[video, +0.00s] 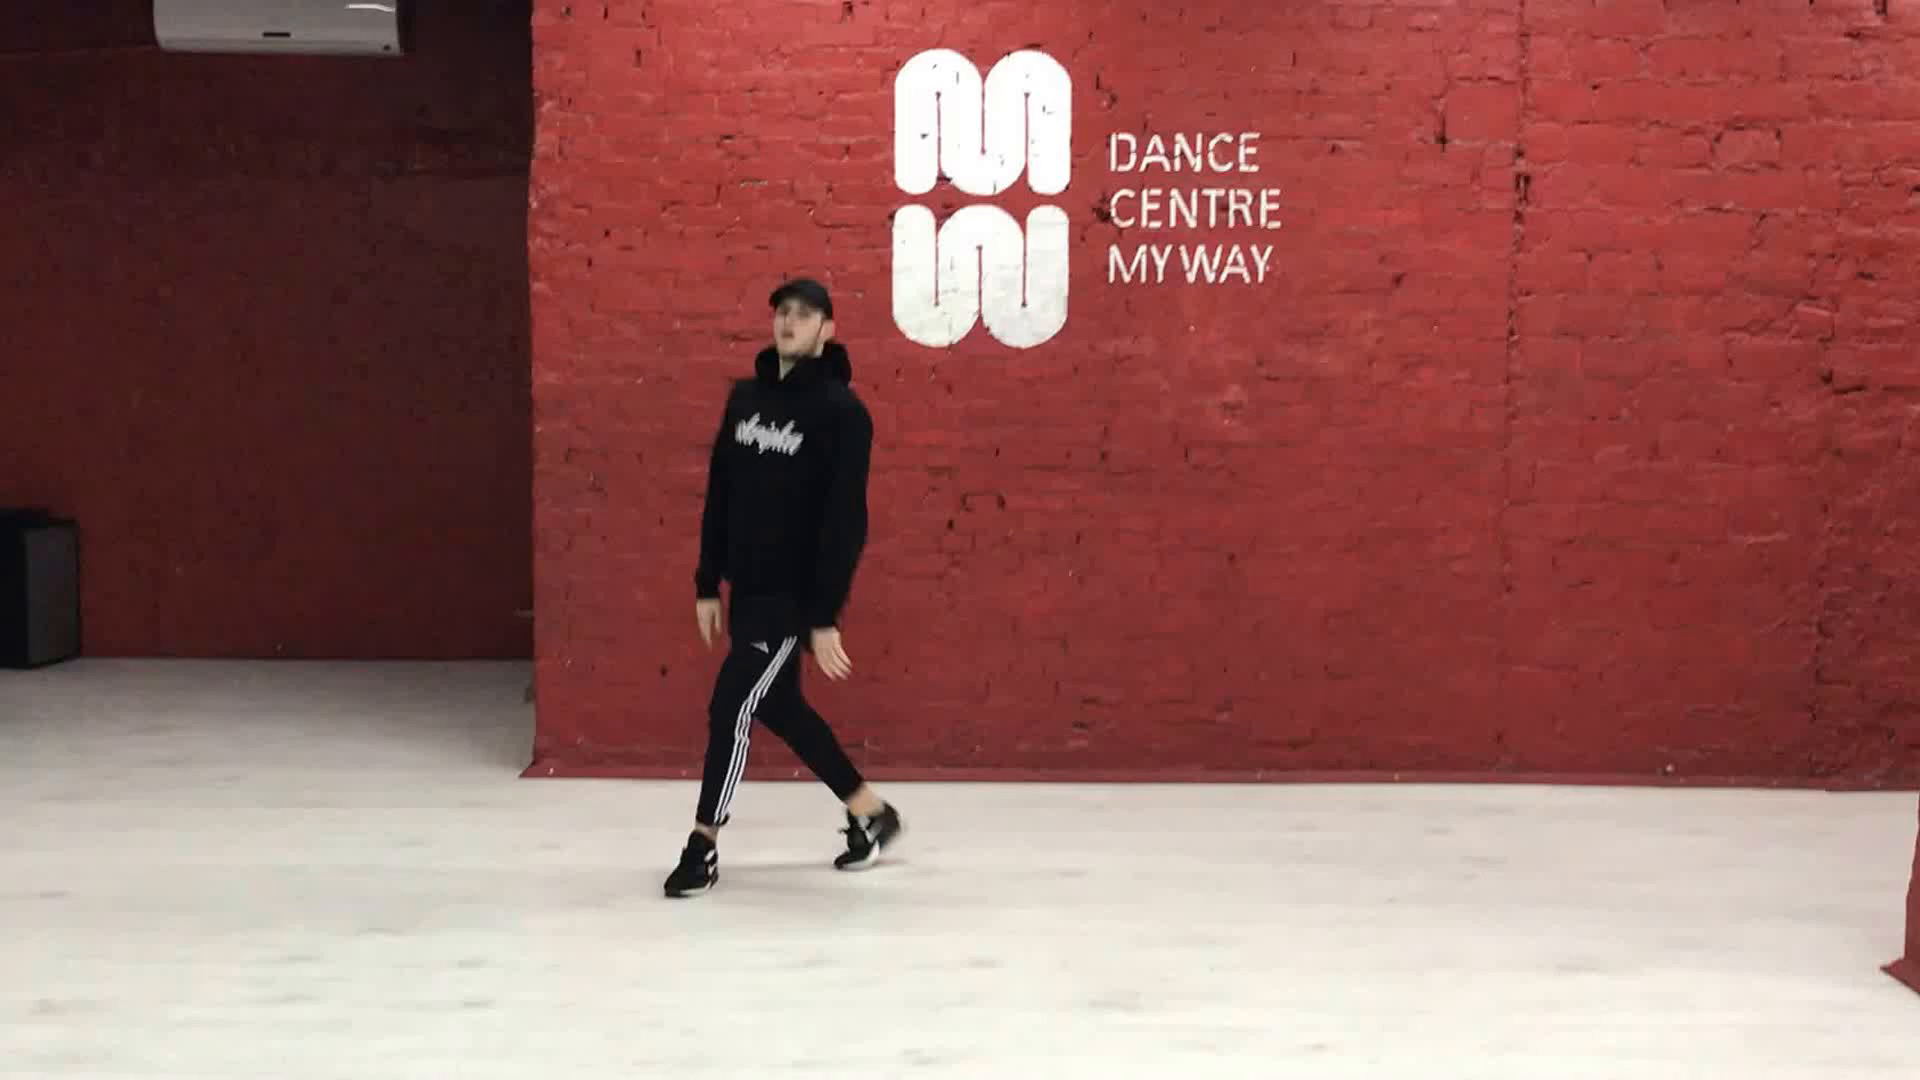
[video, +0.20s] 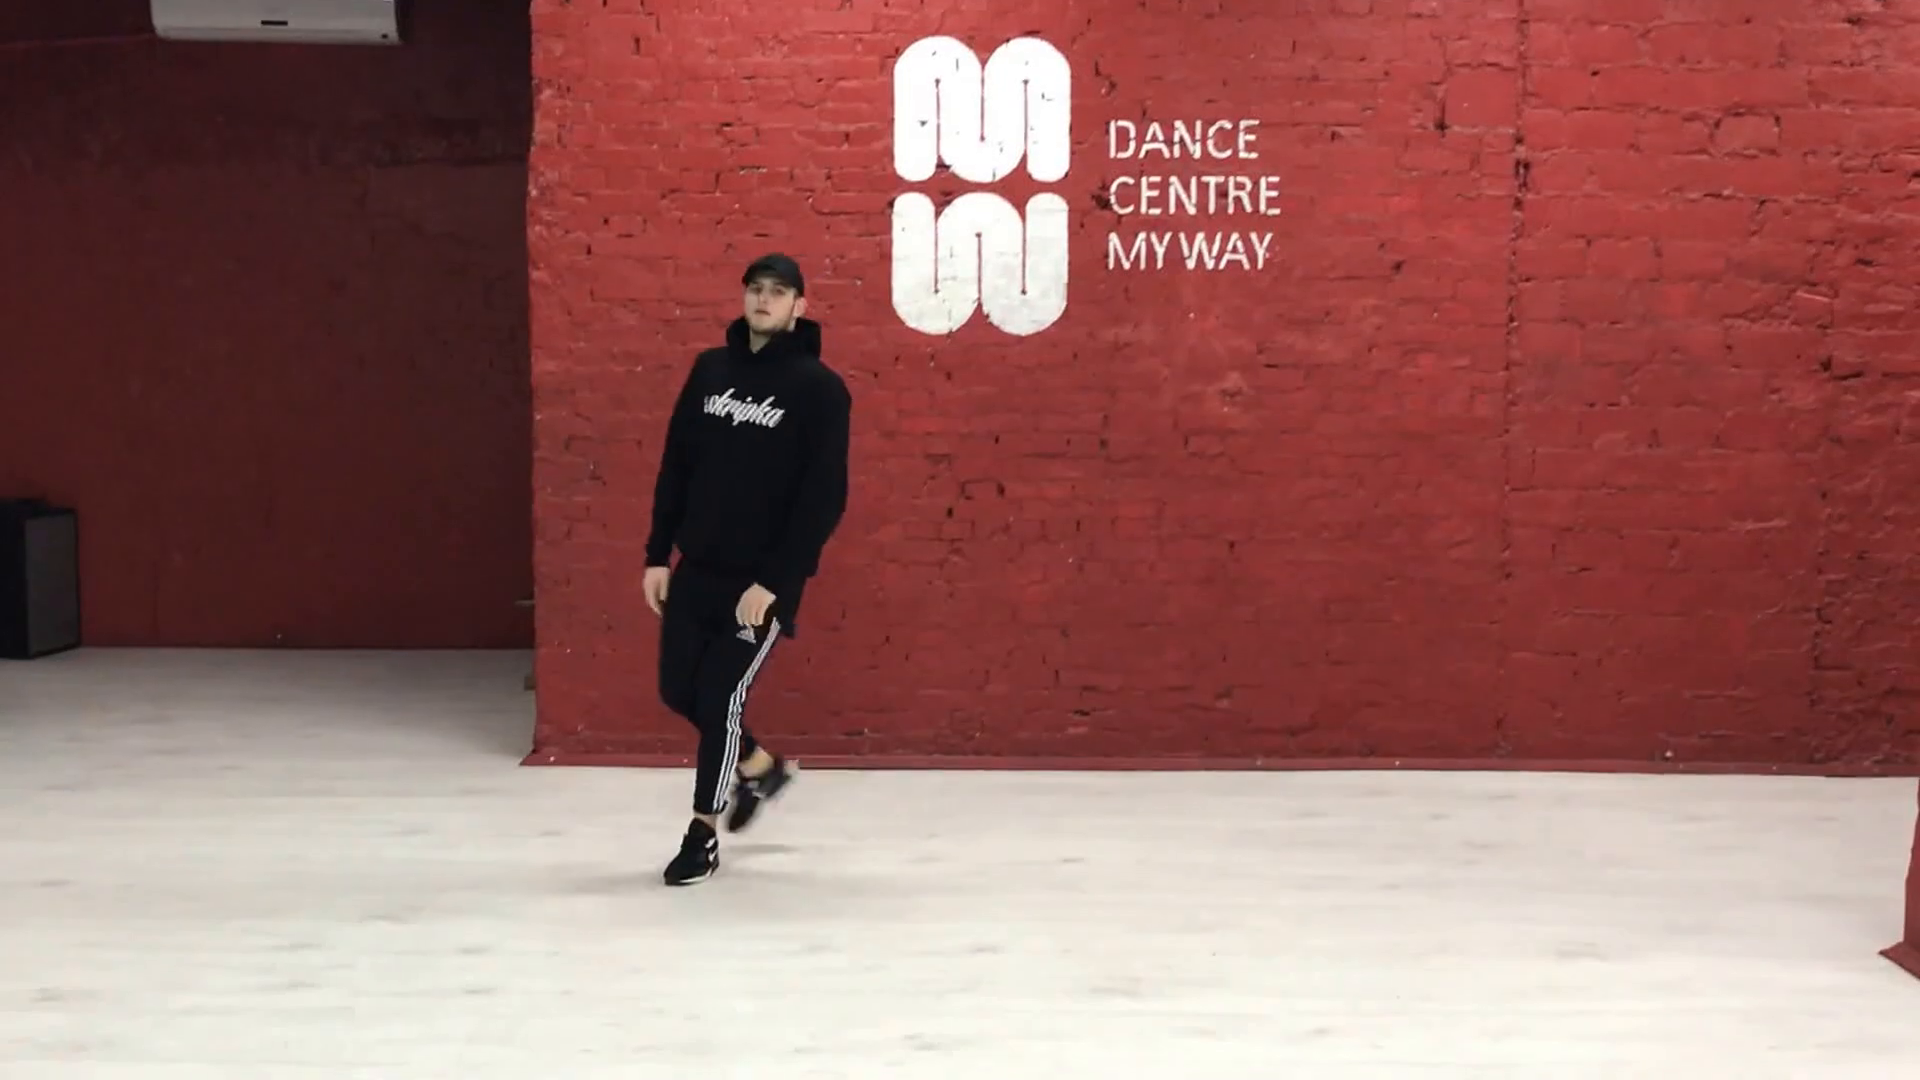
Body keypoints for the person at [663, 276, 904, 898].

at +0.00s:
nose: (788, 324)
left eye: (803, 315)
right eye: (782, 313)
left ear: (826, 328)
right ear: (772, 322)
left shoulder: (843, 412)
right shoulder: (746, 396)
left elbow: (847, 520)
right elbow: (720, 493)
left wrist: (825, 616)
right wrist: (708, 584)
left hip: (797, 590)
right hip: (745, 586)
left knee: (730, 707)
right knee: (785, 711)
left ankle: (702, 842)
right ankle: (869, 811)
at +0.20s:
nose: (763, 301)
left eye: (777, 293)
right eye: (755, 290)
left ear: (798, 305)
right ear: (742, 298)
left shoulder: (821, 390)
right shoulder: (711, 368)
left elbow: (824, 498)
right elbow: (677, 462)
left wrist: (774, 582)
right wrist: (659, 553)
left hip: (765, 570)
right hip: (698, 560)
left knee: (721, 696)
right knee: (680, 688)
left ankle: (703, 830)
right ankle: (762, 767)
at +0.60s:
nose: (733, 273)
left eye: (746, 263)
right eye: (723, 262)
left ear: (764, 275)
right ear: (705, 272)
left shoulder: (800, 364)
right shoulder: (668, 351)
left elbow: (836, 465)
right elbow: (622, 448)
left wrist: (811, 552)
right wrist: (632, 540)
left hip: (758, 553)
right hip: (680, 547)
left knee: (725, 688)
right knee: (703, 681)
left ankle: (695, 818)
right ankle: (700, 829)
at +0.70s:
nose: (731, 276)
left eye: (744, 266)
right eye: (719, 265)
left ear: (762, 279)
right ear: (701, 276)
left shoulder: (797, 364)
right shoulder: (665, 357)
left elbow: (830, 445)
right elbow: (622, 433)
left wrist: (834, 499)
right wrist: (609, 496)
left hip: (761, 551)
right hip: (683, 549)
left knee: (726, 689)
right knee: (713, 685)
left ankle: (700, 802)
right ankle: (722, 843)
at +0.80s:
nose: (733, 257)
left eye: (745, 247)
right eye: (720, 246)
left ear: (762, 260)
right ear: (700, 259)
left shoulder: (798, 345)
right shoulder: (665, 341)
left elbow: (834, 432)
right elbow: (624, 431)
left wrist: (828, 447)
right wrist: (635, 438)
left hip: (765, 542)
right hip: (687, 540)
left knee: (731, 687)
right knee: (717, 681)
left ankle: (700, 800)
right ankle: (722, 843)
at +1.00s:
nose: (744, 236)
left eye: (755, 225)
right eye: (730, 225)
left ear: (771, 239)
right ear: (707, 238)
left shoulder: (805, 324)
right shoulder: (674, 323)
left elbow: (855, 422)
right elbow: (617, 426)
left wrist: (842, 394)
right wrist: (642, 388)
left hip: (779, 535)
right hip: (697, 534)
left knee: (774, 693)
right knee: (731, 684)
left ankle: (721, 774)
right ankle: (730, 835)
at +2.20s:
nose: (813, 193)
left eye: (825, 180)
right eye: (800, 179)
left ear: (845, 183)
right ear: (781, 181)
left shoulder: (882, 269)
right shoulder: (741, 266)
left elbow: (893, 378)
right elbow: (721, 379)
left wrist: (878, 467)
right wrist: (733, 482)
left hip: (851, 487)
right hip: (765, 487)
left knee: (830, 632)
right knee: (787, 641)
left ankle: (827, 798)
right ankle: (820, 748)